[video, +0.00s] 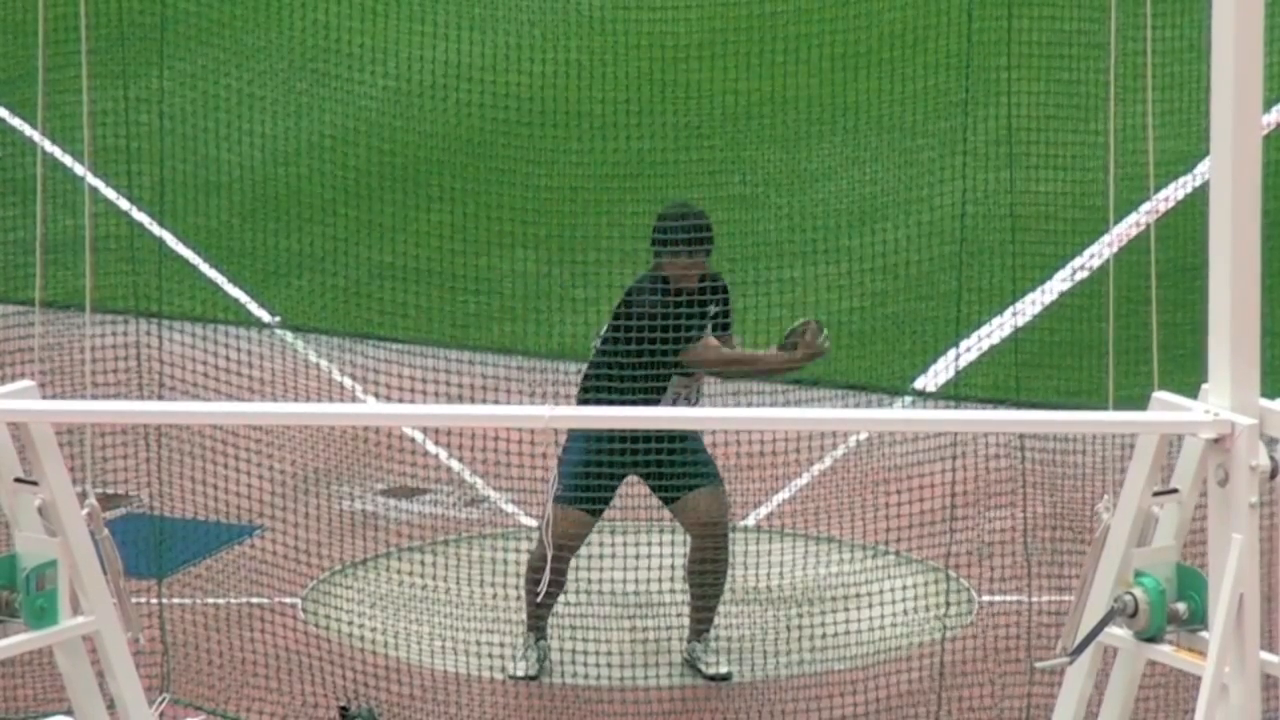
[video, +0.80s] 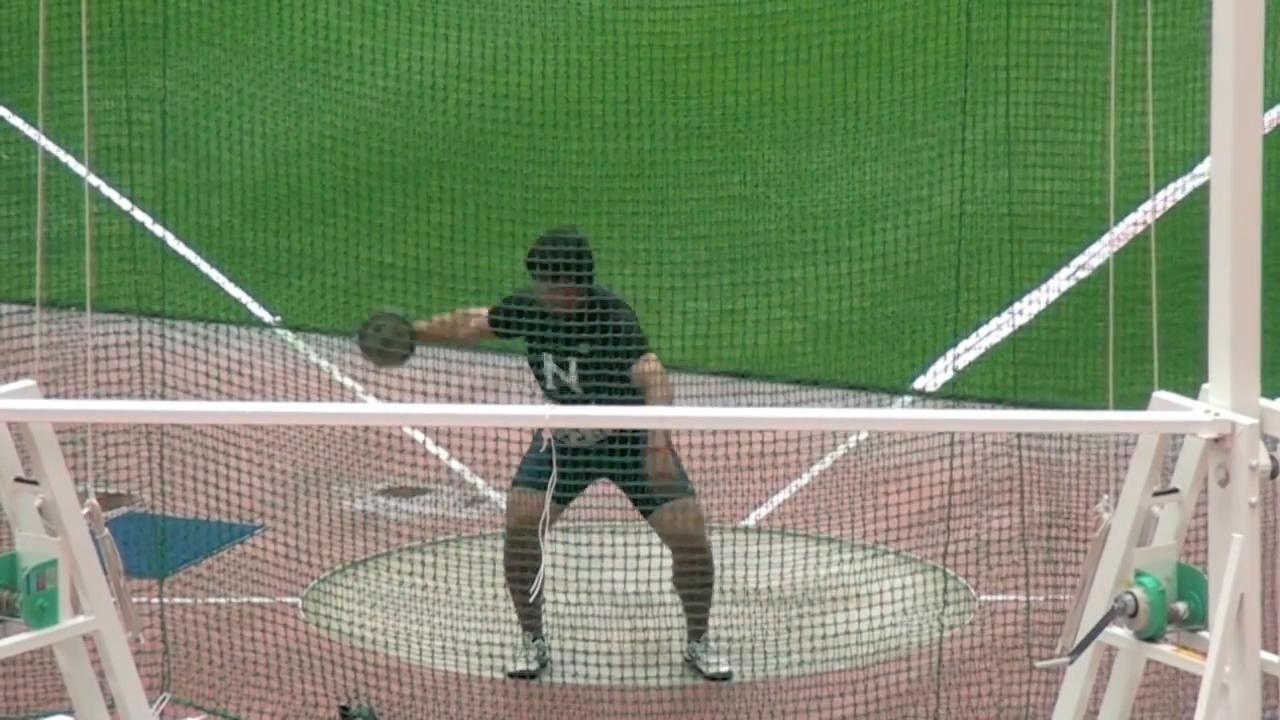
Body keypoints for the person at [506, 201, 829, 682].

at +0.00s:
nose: (688, 263)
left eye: (697, 252)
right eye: (677, 253)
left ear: (709, 253)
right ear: (659, 255)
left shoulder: (714, 291)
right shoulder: (647, 300)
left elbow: (726, 354)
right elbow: (711, 362)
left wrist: (783, 351)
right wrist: (793, 362)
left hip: (665, 430)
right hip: (602, 430)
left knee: (711, 522)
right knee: (562, 536)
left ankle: (699, 643)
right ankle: (533, 637)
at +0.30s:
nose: (662, 277)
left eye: (671, 267)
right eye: (652, 267)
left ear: (686, 264)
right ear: (638, 266)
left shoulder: (703, 297)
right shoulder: (626, 308)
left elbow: (728, 354)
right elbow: (682, 375)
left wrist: (747, 392)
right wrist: (755, 395)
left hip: (660, 430)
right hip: (595, 430)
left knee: (707, 521)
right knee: (552, 533)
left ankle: (698, 644)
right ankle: (534, 637)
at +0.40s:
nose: (635, 289)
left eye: (645, 279)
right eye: (627, 279)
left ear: (665, 275)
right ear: (617, 278)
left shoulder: (690, 306)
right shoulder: (607, 319)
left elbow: (732, 362)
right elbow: (637, 403)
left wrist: (731, 434)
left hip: (654, 436)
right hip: (591, 438)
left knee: (706, 519)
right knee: (541, 529)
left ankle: (698, 644)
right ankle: (533, 640)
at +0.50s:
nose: (608, 300)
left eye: (618, 291)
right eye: (601, 290)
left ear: (641, 288)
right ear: (592, 288)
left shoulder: (674, 317)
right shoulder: (580, 332)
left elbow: (730, 364)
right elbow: (579, 415)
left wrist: (725, 428)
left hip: (659, 442)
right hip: (587, 443)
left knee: (707, 525)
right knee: (532, 525)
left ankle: (698, 644)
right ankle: (533, 641)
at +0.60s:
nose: (584, 305)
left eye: (594, 296)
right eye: (578, 296)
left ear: (617, 293)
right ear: (569, 293)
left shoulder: (651, 323)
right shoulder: (557, 336)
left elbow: (719, 368)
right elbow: (521, 411)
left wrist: (720, 432)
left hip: (653, 448)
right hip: (577, 449)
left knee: (706, 529)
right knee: (526, 525)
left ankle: (699, 643)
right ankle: (533, 640)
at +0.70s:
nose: (563, 301)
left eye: (573, 292)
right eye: (557, 291)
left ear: (596, 290)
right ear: (548, 289)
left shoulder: (631, 322)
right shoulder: (537, 329)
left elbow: (695, 378)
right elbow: (481, 380)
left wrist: (699, 446)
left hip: (646, 446)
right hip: (572, 447)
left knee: (700, 533)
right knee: (521, 524)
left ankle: (699, 646)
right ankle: (533, 643)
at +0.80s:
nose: (559, 292)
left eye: (568, 283)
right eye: (551, 283)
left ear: (583, 282)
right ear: (537, 281)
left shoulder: (612, 316)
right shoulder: (527, 310)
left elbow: (655, 379)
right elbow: (468, 324)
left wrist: (659, 443)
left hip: (631, 440)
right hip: (566, 438)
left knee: (690, 535)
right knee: (520, 522)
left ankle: (699, 643)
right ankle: (533, 641)